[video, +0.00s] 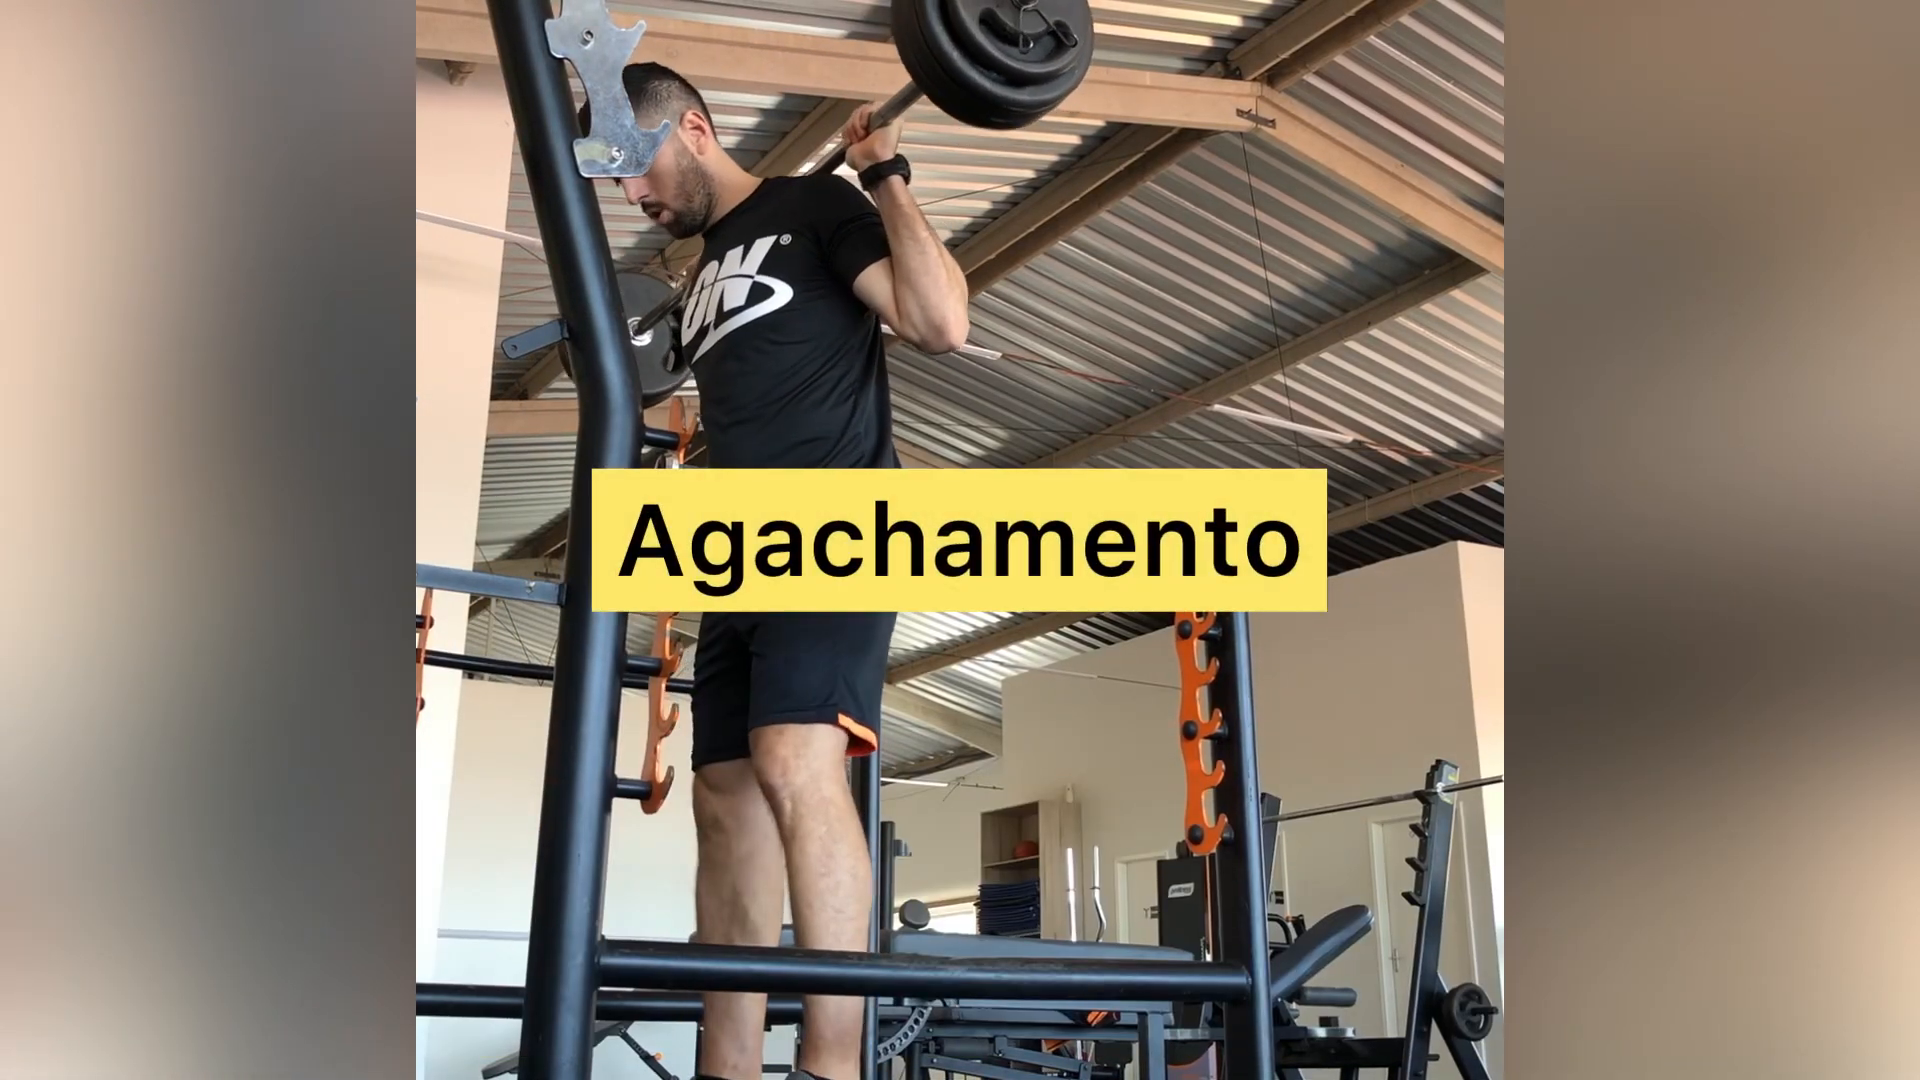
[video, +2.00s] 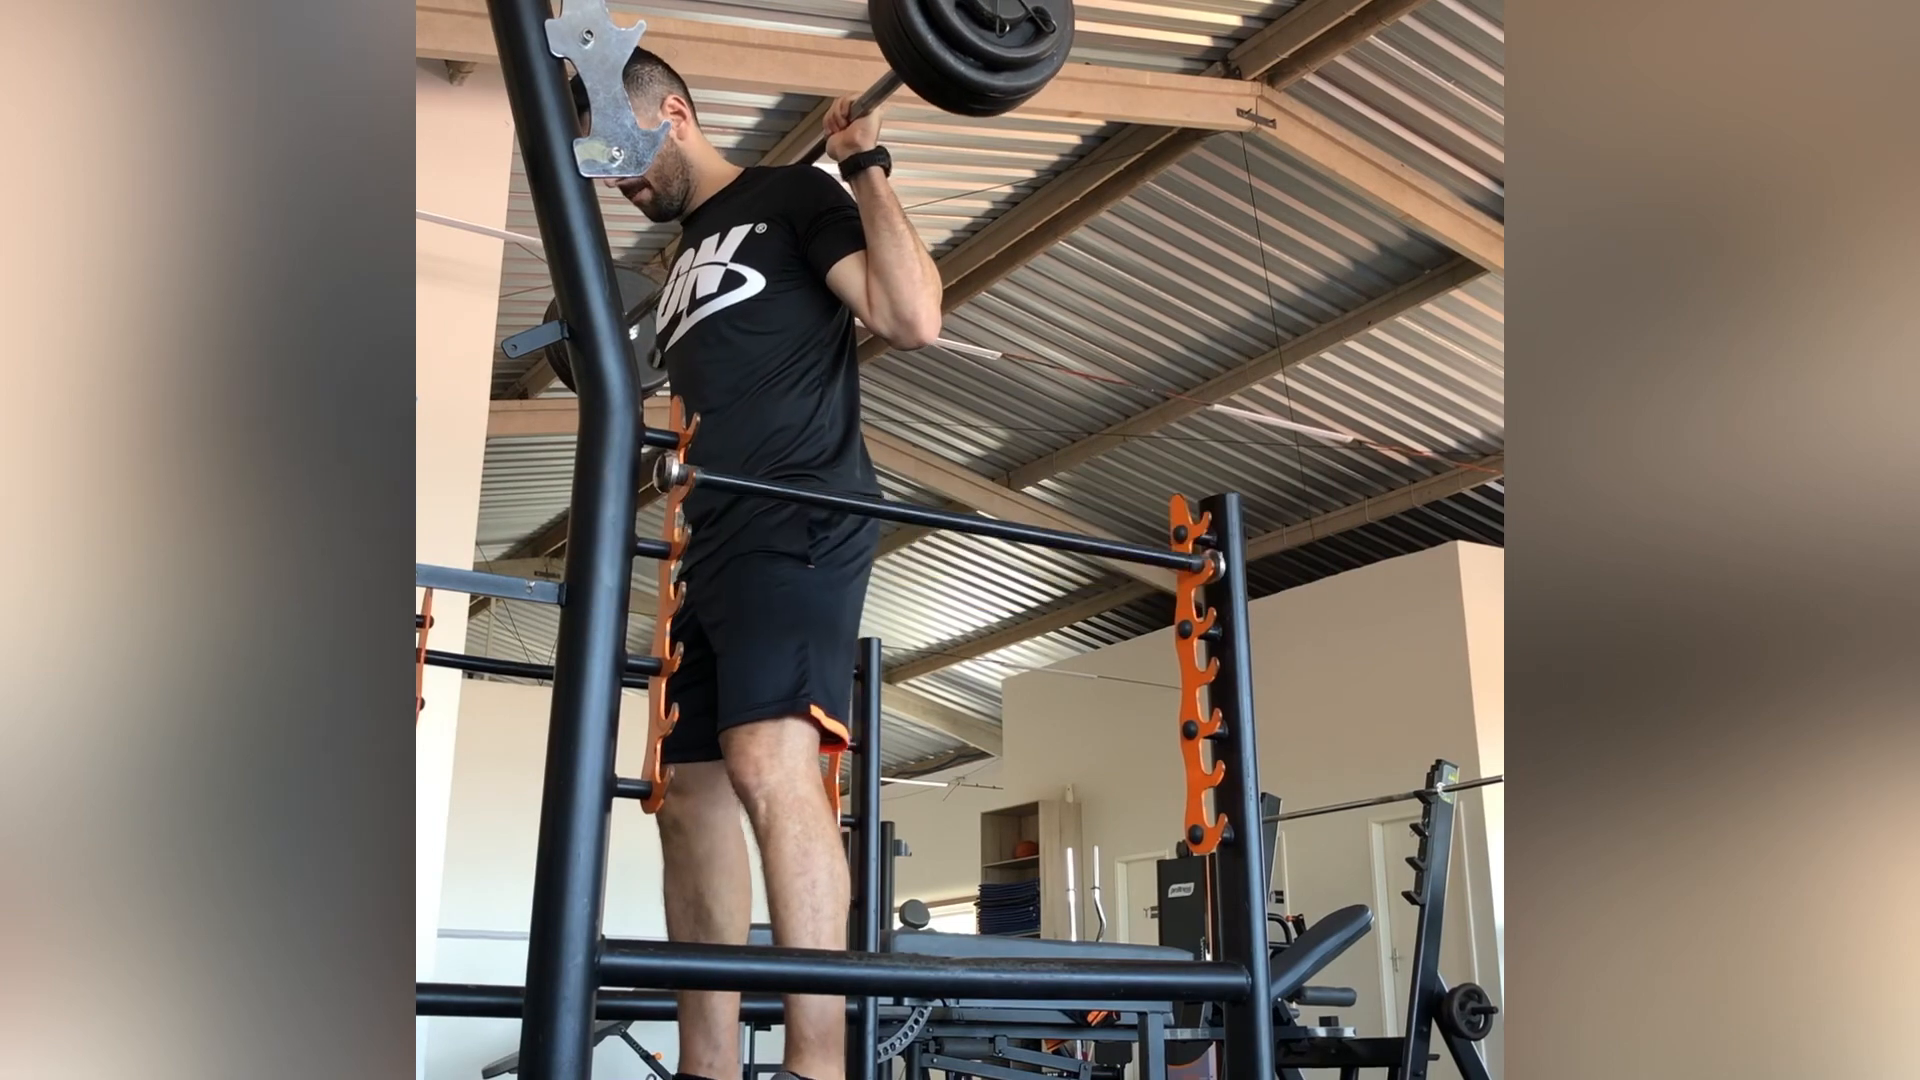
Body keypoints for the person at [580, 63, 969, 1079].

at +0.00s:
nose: (634, 193)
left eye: (638, 163)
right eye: (620, 176)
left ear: (696, 128)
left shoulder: (816, 201)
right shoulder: (700, 281)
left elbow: (943, 323)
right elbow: (716, 434)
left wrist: (889, 183)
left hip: (829, 529)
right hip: (737, 543)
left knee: (797, 761)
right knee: (723, 791)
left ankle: (835, 1065)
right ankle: (730, 1067)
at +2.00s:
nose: (623, 181)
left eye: (630, 152)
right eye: (610, 166)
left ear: (679, 116)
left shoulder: (793, 194)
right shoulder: (685, 261)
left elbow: (915, 319)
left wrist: (869, 173)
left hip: (797, 514)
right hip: (719, 533)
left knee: (770, 756)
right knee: (691, 790)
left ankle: (821, 1063)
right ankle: (708, 1065)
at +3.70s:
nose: (623, 183)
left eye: (630, 153)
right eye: (608, 168)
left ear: (683, 118)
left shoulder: (795, 197)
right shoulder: (686, 262)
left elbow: (916, 321)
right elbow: (722, 405)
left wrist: (863, 175)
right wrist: (663, 433)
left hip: (807, 514)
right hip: (726, 531)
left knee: (759, 750)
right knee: (686, 788)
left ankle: (823, 1062)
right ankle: (707, 1067)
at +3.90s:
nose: (624, 181)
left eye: (633, 152)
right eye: (609, 166)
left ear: (683, 120)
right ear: (610, 169)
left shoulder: (795, 199)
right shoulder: (686, 272)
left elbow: (917, 322)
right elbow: (709, 420)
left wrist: (861, 176)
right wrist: (671, 460)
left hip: (813, 525)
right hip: (724, 542)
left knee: (781, 761)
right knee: (696, 788)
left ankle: (824, 1064)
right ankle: (708, 1066)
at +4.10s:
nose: (626, 179)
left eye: (635, 151)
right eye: (614, 164)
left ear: (687, 119)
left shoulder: (798, 197)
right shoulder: (689, 267)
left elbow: (926, 321)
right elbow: (720, 410)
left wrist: (866, 174)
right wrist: (678, 451)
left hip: (823, 525)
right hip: (732, 541)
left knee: (785, 761)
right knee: (701, 787)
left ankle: (827, 1065)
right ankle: (708, 1067)